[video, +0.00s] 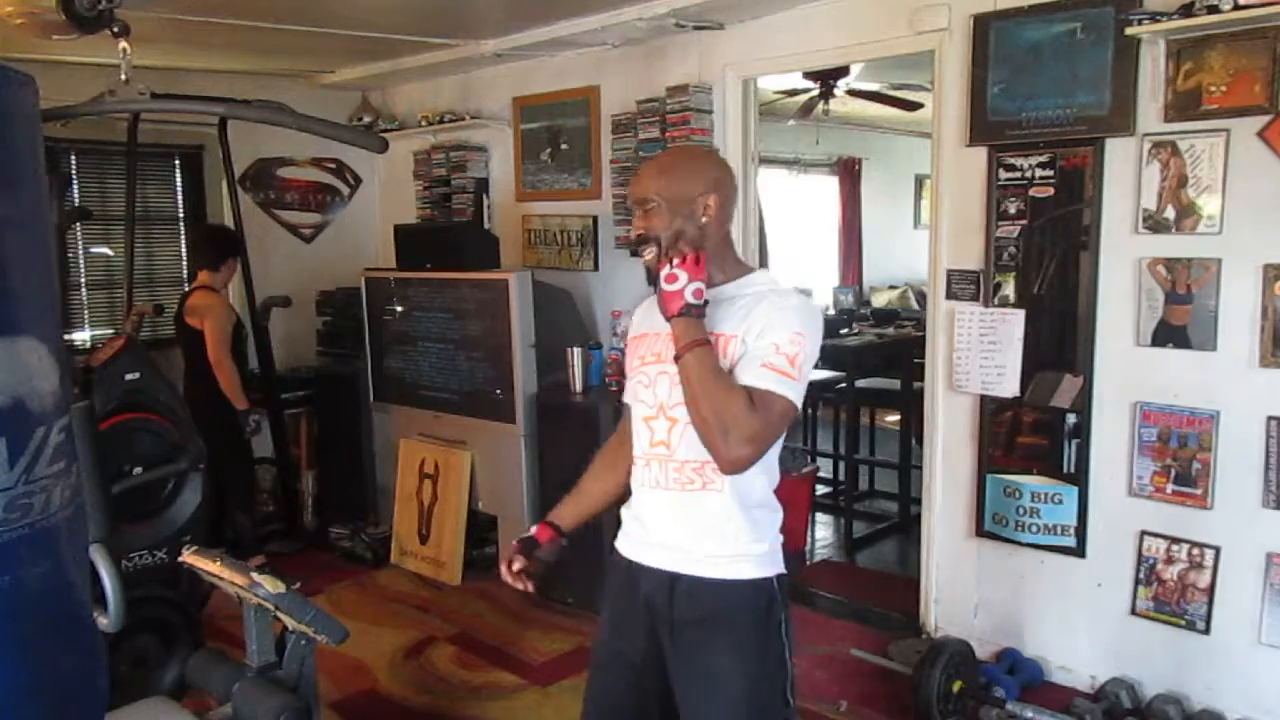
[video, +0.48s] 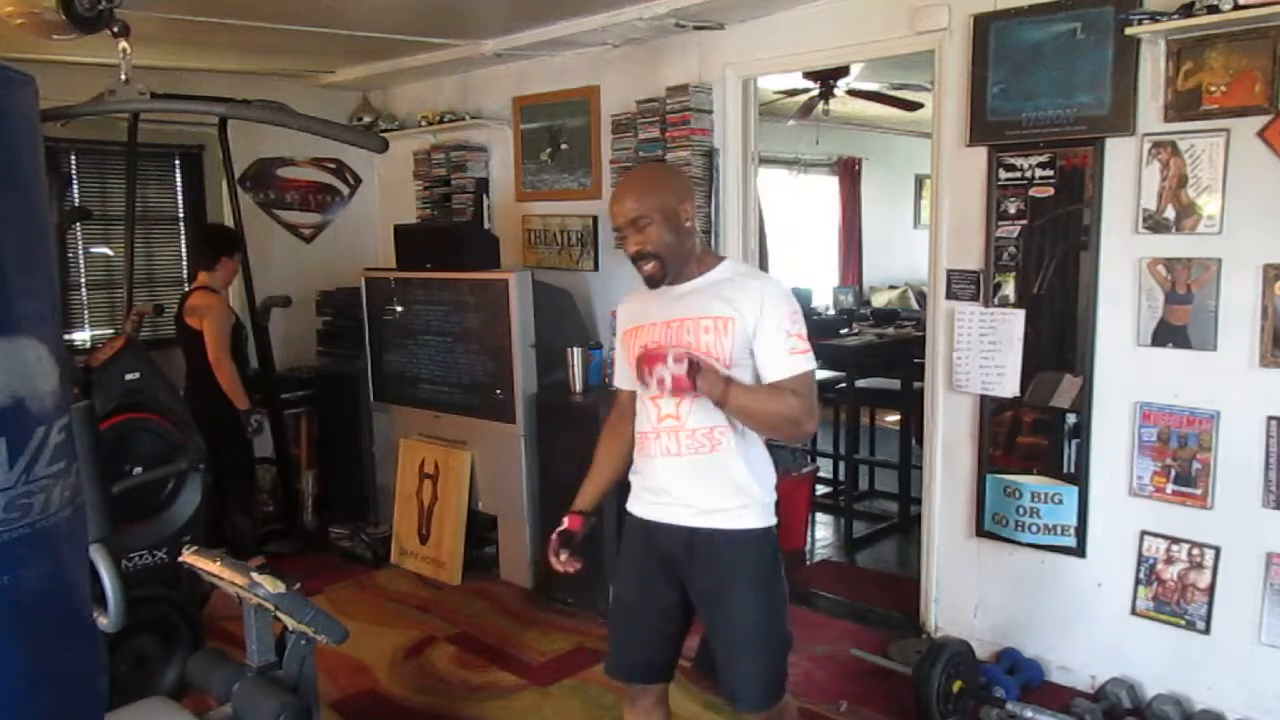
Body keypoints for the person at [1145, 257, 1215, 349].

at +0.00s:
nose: (1181, 271)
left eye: (1183, 268)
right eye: (1177, 268)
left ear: (1188, 271)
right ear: (1173, 271)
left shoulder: (1191, 287)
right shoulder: (1168, 286)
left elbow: (1212, 269)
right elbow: (1151, 266)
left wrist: (1196, 263)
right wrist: (1166, 261)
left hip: (1181, 329)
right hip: (1165, 327)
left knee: (1189, 358)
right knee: (1155, 356)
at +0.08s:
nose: (1180, 272)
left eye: (1183, 269)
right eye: (1177, 269)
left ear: (1188, 272)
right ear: (1173, 272)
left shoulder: (1191, 287)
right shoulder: (1168, 286)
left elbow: (1213, 269)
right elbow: (1151, 266)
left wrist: (1196, 263)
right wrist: (1166, 262)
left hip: (1181, 329)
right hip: (1165, 327)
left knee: (1189, 357)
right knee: (1155, 356)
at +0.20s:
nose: (1180, 272)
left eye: (1184, 269)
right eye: (1177, 269)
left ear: (1188, 272)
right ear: (1173, 272)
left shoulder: (1191, 287)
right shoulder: (1168, 286)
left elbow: (1213, 269)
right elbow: (1151, 266)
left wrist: (1196, 262)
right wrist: (1166, 262)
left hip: (1182, 329)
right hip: (1165, 327)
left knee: (1190, 357)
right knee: (1155, 356)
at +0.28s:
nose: (1180, 272)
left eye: (1184, 269)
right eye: (1177, 269)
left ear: (1188, 272)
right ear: (1172, 272)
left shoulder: (1191, 287)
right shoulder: (1168, 286)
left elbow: (1213, 269)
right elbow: (1151, 265)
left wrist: (1196, 262)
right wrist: (1166, 262)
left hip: (1182, 329)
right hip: (1165, 327)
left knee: (1190, 357)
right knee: (1155, 356)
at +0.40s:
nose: (1181, 272)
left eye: (1184, 269)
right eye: (1177, 269)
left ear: (1188, 272)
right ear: (1173, 272)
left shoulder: (1191, 287)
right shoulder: (1168, 286)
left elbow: (1212, 269)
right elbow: (1151, 265)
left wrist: (1196, 262)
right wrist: (1165, 261)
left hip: (1182, 329)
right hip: (1165, 327)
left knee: (1189, 358)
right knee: (1155, 357)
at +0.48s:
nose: (1180, 272)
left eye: (1184, 269)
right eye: (1177, 269)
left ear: (1188, 272)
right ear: (1173, 272)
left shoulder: (1192, 287)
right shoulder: (1168, 286)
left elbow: (1213, 268)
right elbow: (1151, 266)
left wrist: (1196, 263)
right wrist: (1165, 262)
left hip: (1182, 329)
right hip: (1165, 327)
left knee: (1189, 357)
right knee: (1155, 356)